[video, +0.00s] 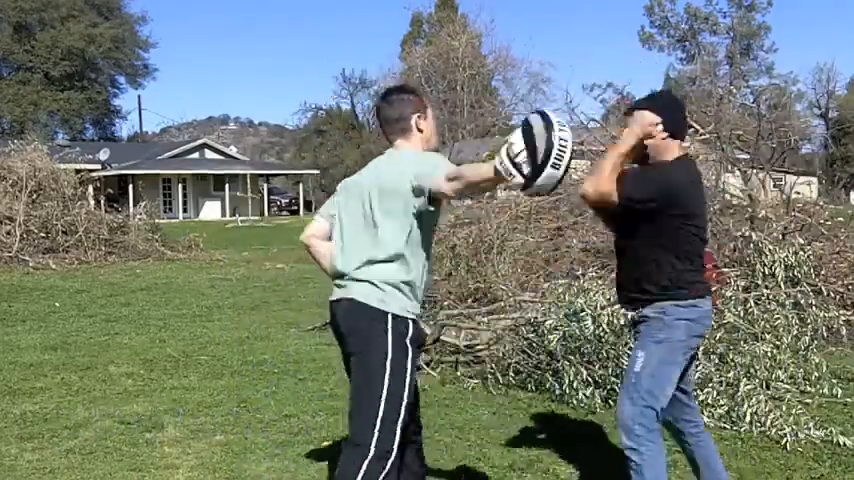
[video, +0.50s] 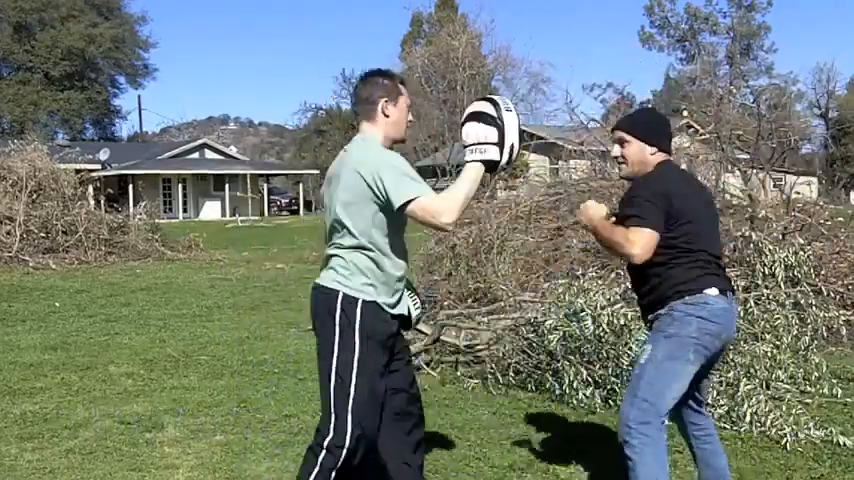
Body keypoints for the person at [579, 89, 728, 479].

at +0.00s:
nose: (630, 136)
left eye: (636, 127)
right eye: (630, 128)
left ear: (658, 129)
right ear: (668, 130)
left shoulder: (672, 176)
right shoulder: (661, 174)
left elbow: (595, 190)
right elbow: (623, 224)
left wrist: (627, 140)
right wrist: (614, 160)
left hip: (672, 312)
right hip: (665, 310)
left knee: (636, 416)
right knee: (682, 415)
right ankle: (717, 475)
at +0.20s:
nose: (632, 137)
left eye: (637, 127)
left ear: (648, 131)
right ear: (676, 133)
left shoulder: (652, 159)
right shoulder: (699, 170)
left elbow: (594, 170)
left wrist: (627, 124)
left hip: (679, 307)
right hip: (711, 305)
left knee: (643, 415)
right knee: (690, 406)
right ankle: (718, 474)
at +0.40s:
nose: (620, 152)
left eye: (625, 144)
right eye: (619, 144)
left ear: (654, 146)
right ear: (659, 147)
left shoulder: (646, 183)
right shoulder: (692, 181)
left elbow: (619, 252)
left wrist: (608, 222)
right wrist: (630, 218)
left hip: (692, 305)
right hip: (724, 305)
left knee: (642, 411)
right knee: (694, 403)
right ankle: (719, 475)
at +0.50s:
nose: (616, 152)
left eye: (623, 143)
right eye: (616, 144)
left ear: (651, 145)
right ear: (655, 147)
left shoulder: (650, 184)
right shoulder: (691, 184)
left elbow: (637, 247)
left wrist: (596, 222)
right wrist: (619, 223)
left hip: (689, 311)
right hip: (719, 309)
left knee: (639, 417)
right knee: (689, 407)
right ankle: (718, 475)